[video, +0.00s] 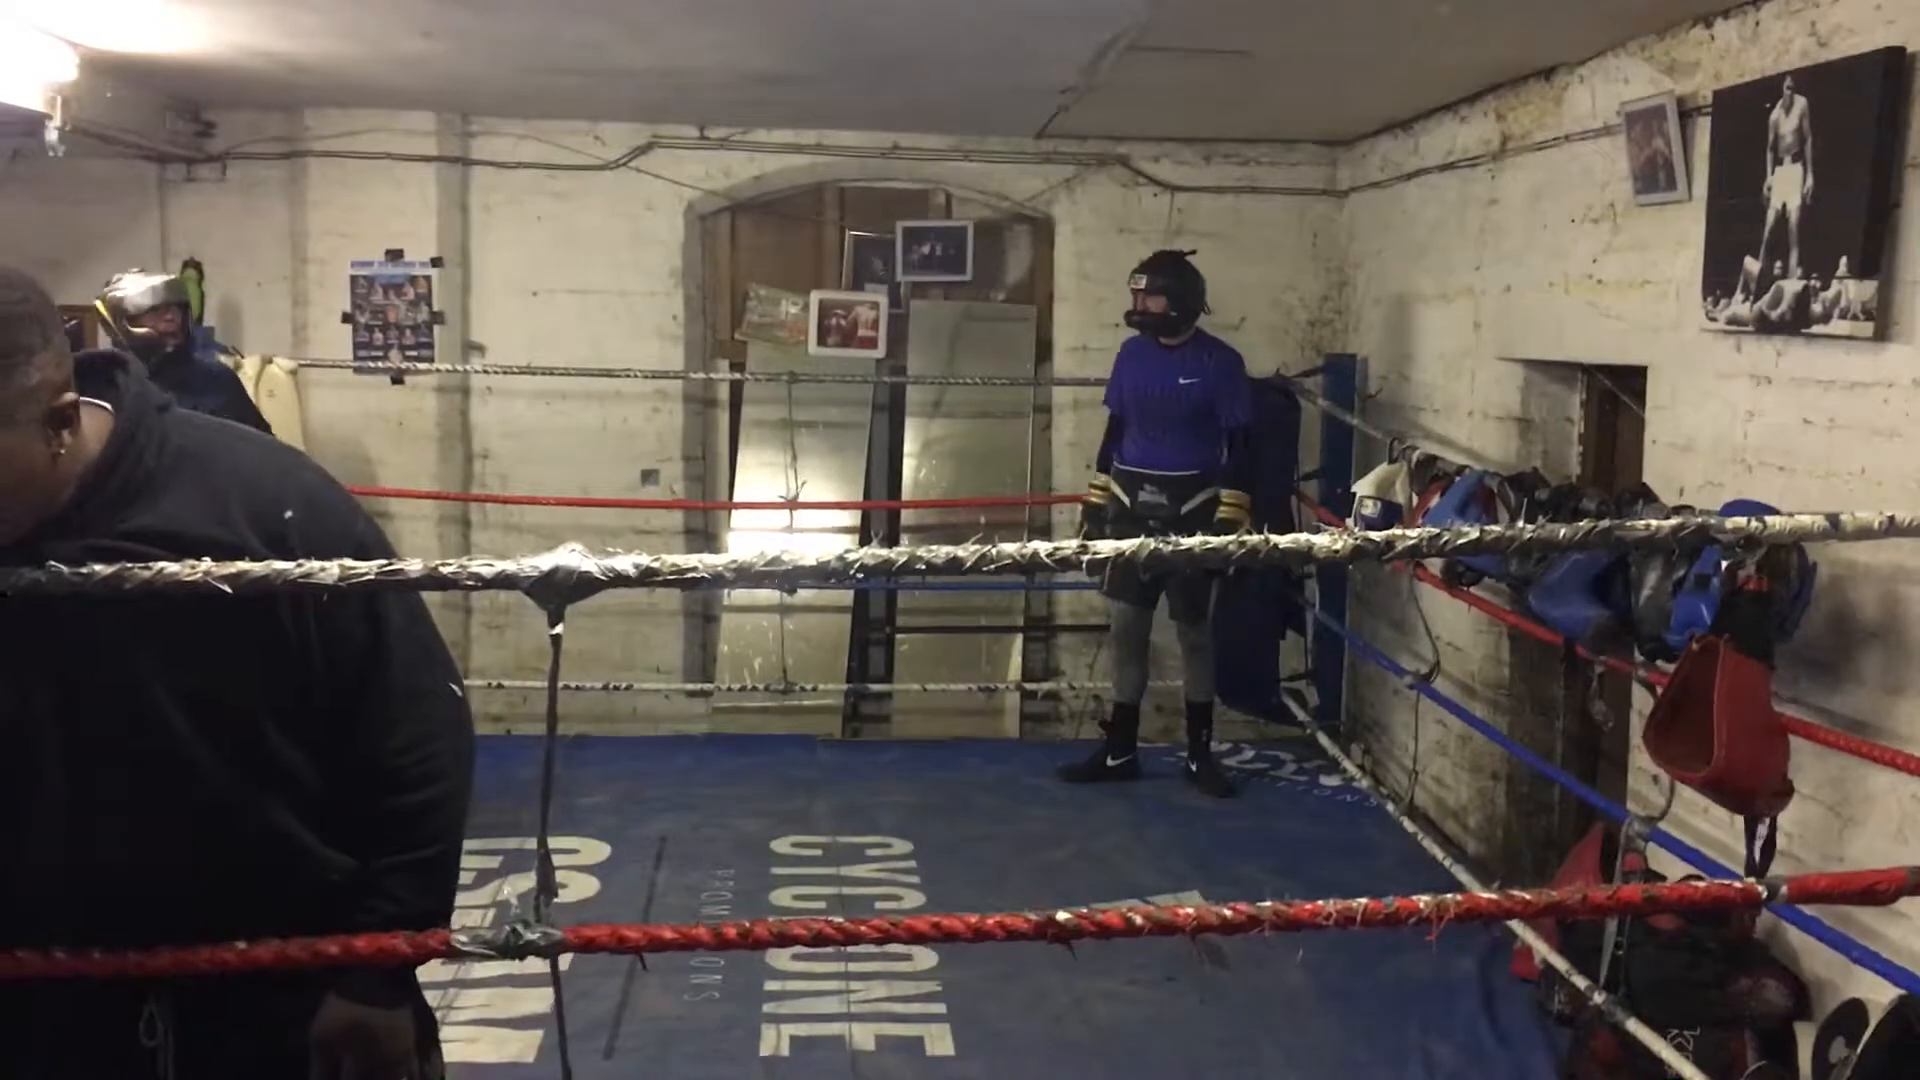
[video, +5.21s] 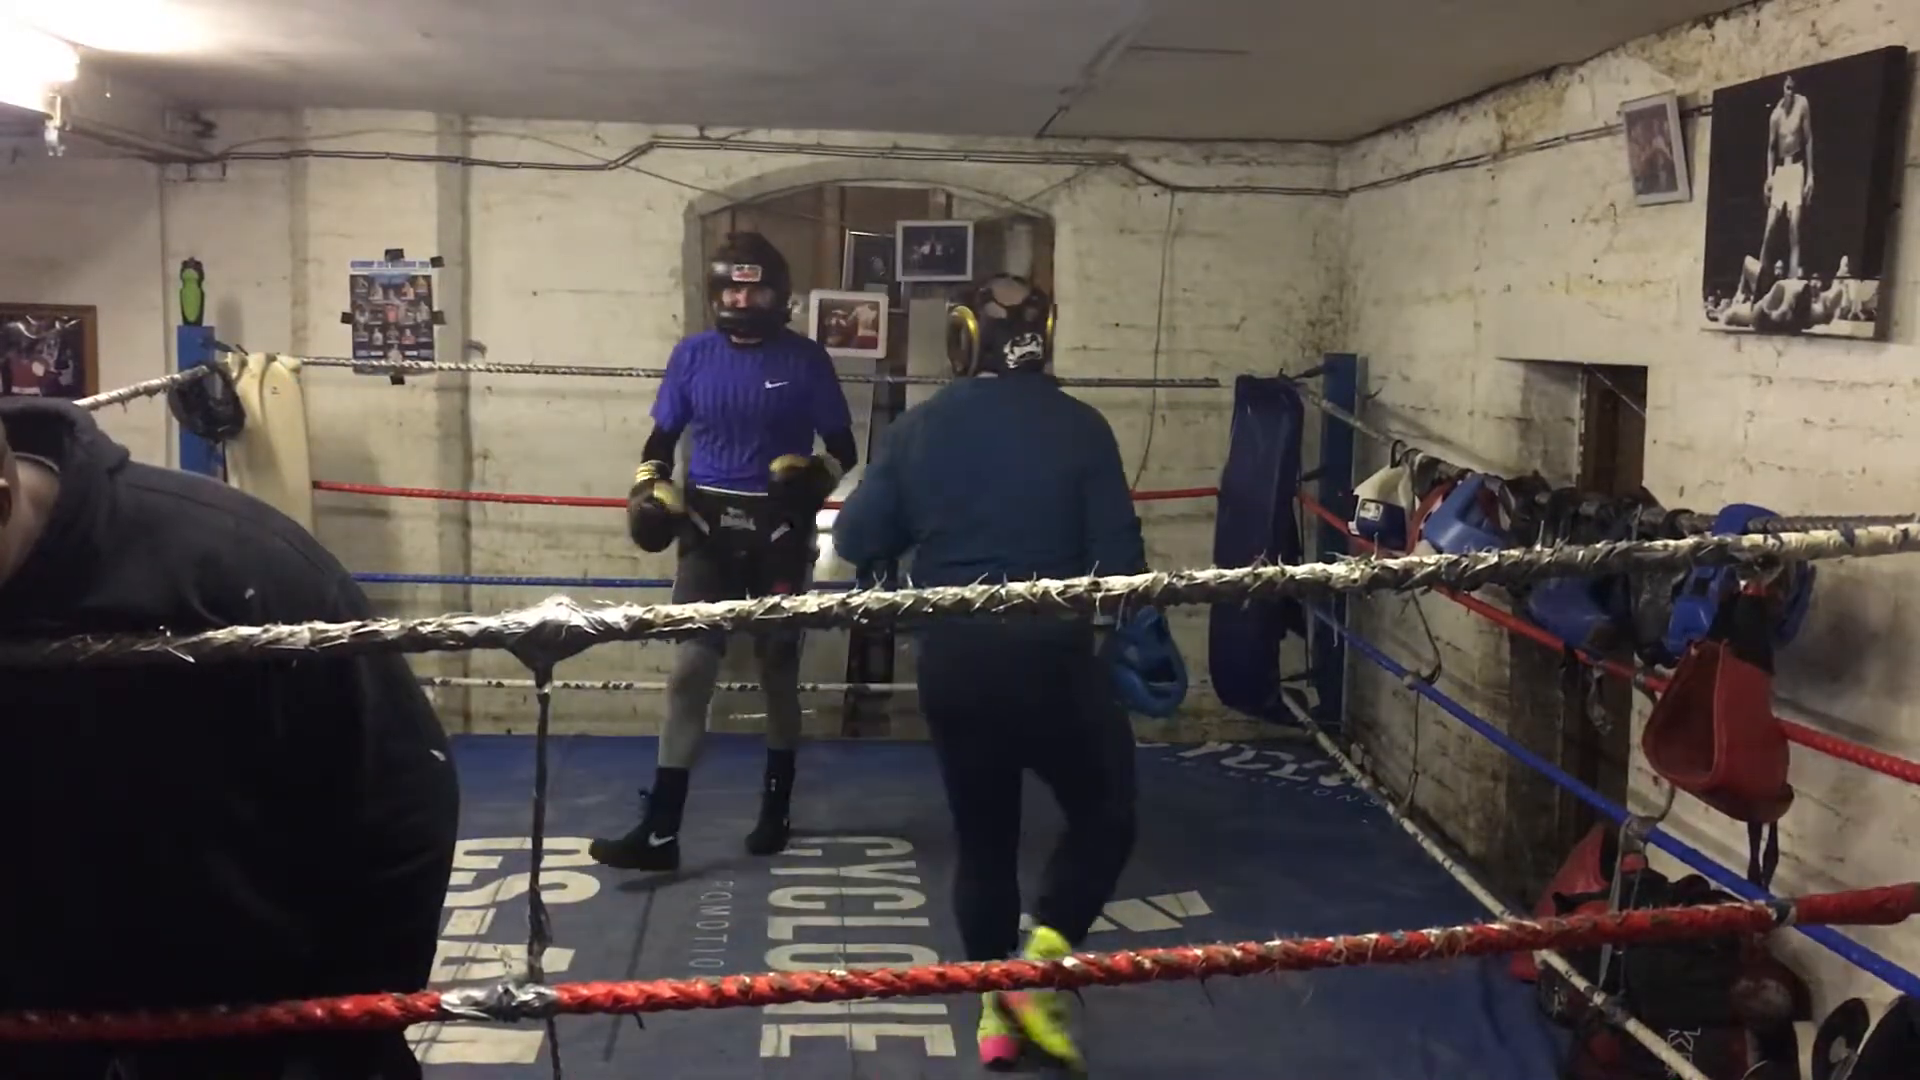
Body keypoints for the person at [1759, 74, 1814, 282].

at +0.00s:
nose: (1788, 92)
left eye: (1791, 89)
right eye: (1786, 89)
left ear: (1795, 90)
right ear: (1782, 89)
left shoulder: (1801, 104)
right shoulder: (1774, 115)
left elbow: (1808, 138)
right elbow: (1770, 147)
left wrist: (1810, 175)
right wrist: (1768, 175)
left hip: (1796, 164)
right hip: (1779, 166)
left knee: (1794, 220)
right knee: (1770, 220)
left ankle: (1793, 268)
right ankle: (1761, 266)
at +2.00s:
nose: (1788, 92)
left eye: (1792, 89)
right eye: (1787, 88)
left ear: (1796, 90)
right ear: (1783, 88)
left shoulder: (1802, 104)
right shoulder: (1775, 114)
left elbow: (1808, 139)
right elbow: (1771, 146)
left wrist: (1810, 175)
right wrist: (1769, 175)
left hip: (1797, 164)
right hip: (1780, 165)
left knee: (1794, 219)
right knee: (1771, 219)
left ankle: (1794, 267)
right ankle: (1762, 265)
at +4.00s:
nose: (1788, 92)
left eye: (1791, 89)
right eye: (1787, 88)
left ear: (1795, 90)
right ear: (1783, 89)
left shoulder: (1801, 105)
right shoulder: (1775, 114)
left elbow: (1808, 139)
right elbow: (1770, 146)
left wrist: (1810, 175)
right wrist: (1769, 176)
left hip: (1797, 164)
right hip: (1780, 165)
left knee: (1794, 221)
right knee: (1771, 221)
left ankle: (1794, 269)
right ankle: (1762, 269)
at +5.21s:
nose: (1789, 93)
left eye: (1792, 89)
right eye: (1787, 89)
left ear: (1796, 90)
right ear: (1782, 89)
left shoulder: (1801, 105)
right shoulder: (1775, 114)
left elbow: (1809, 139)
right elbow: (1771, 146)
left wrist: (1810, 174)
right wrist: (1769, 176)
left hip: (1797, 164)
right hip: (1780, 165)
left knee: (1794, 220)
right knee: (1771, 220)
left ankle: (1794, 268)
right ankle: (1762, 267)